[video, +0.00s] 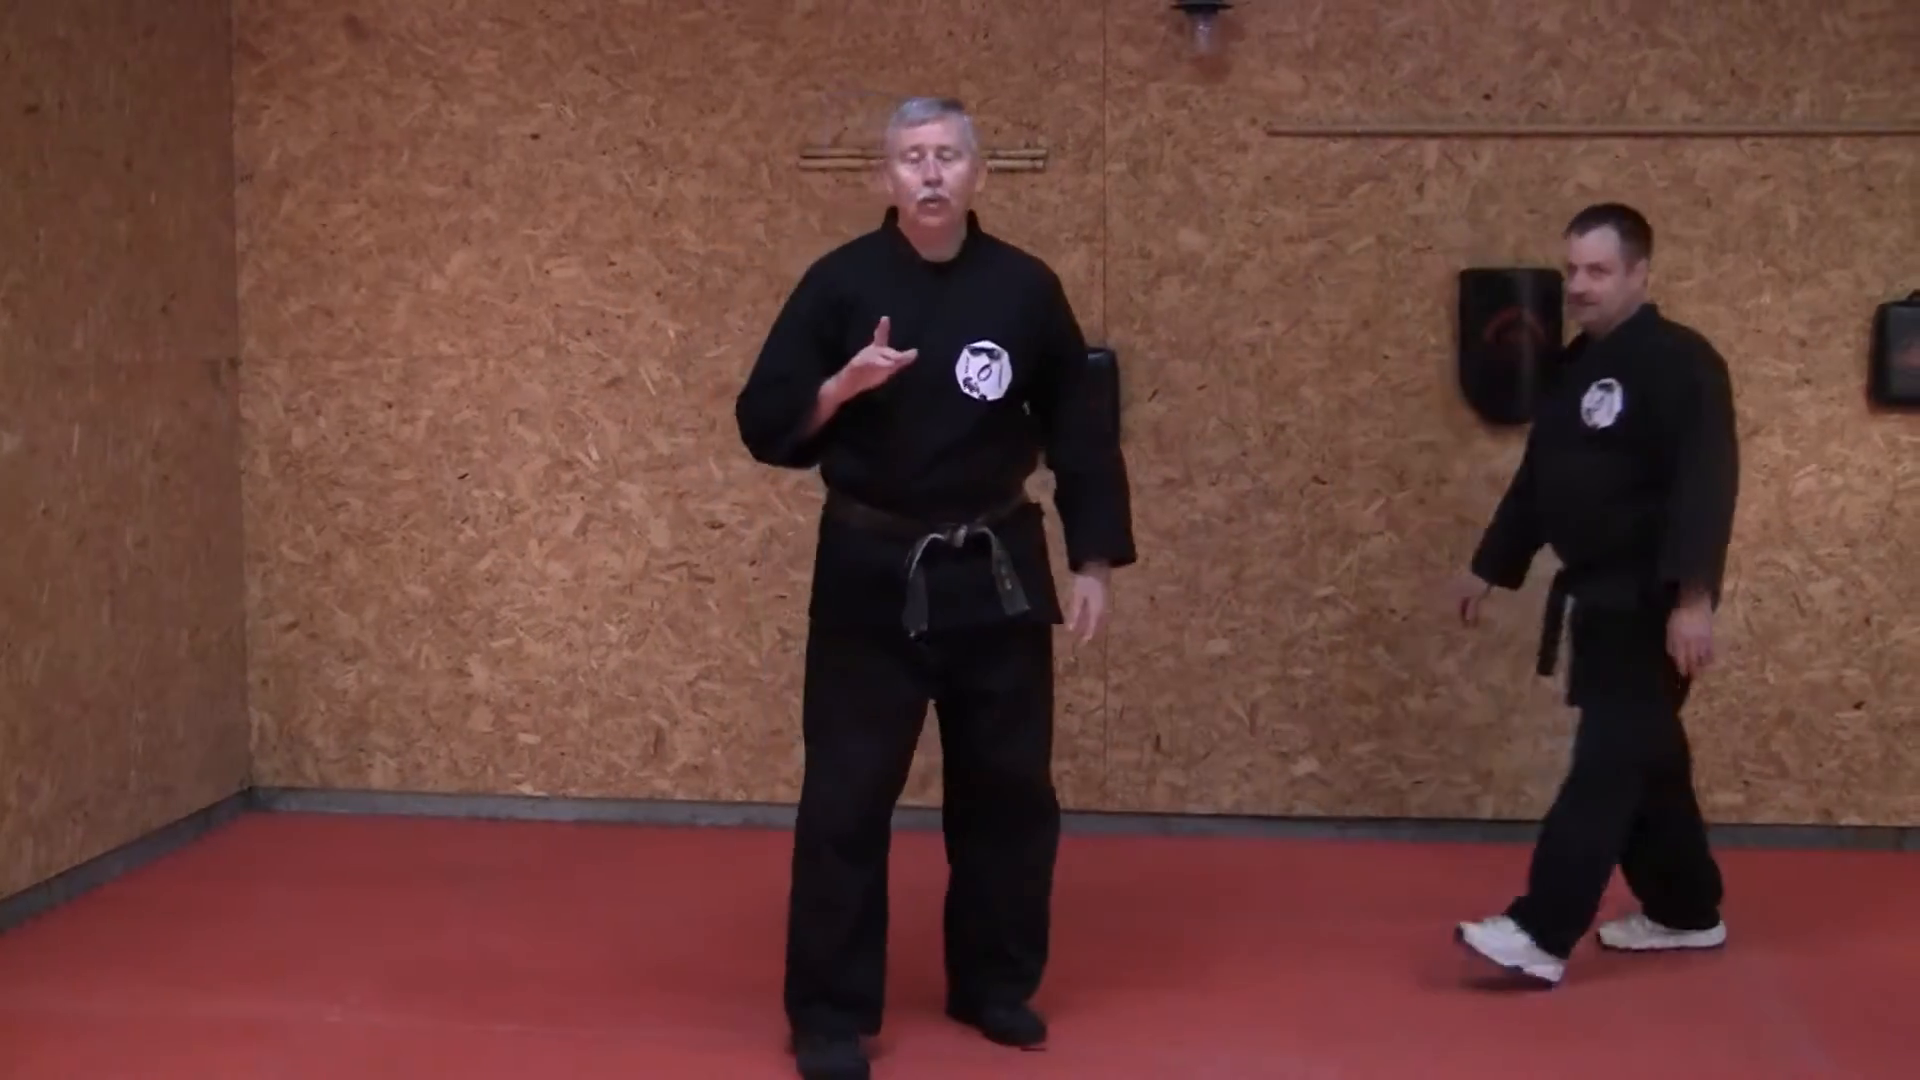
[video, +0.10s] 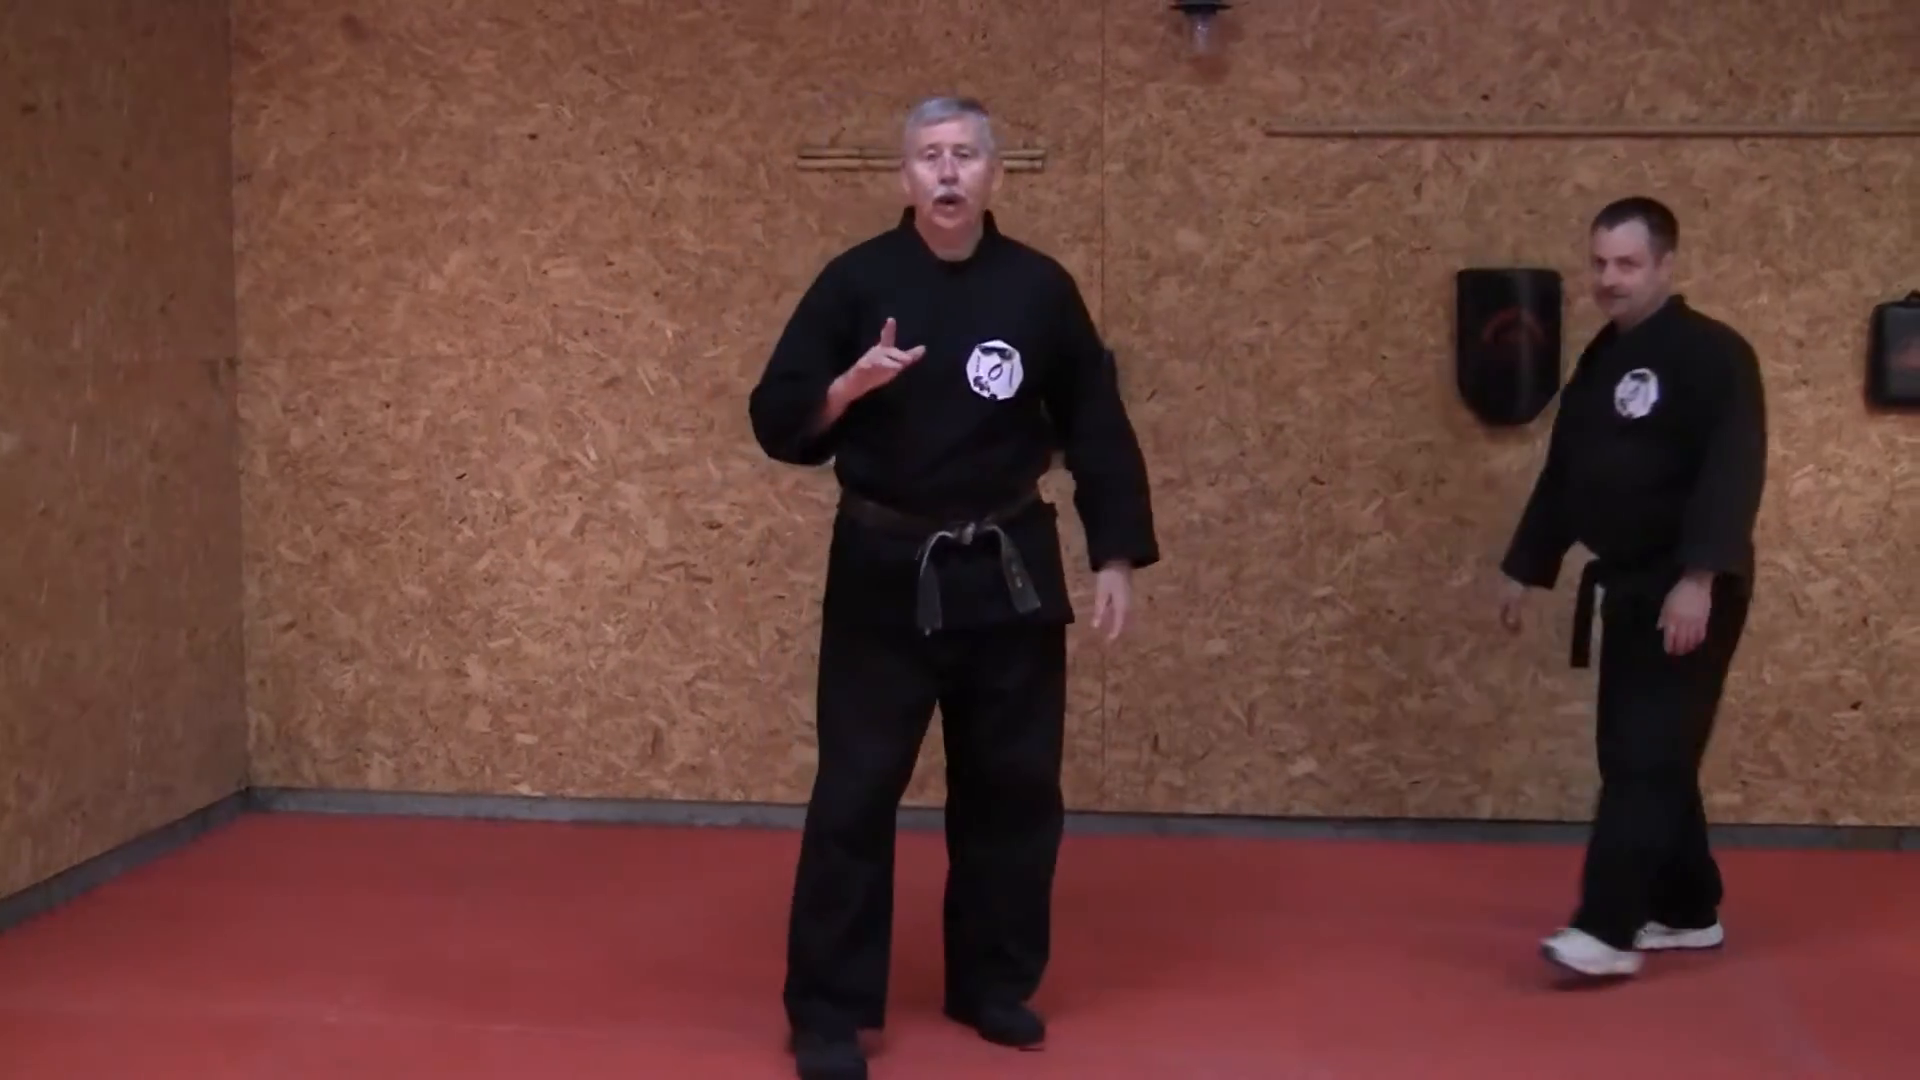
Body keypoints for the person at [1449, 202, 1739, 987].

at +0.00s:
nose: (1579, 285)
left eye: (1596, 271)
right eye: (1571, 271)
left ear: (1640, 275)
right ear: (1567, 275)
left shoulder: (1684, 363)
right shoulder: (1572, 368)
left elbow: (1707, 485)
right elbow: (1541, 476)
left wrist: (1695, 597)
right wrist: (1489, 568)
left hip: (1651, 598)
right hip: (1594, 594)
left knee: (1605, 760)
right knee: (1645, 754)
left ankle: (1543, 931)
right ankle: (1686, 910)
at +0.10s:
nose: (1607, 278)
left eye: (1624, 264)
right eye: (1599, 264)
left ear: (1666, 267)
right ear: (1593, 268)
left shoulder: (1716, 355)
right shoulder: (1601, 358)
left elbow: (1733, 475)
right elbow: (1567, 468)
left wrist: (1698, 577)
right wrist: (1524, 565)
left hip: (1697, 582)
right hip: (1628, 579)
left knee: (1645, 751)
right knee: (1638, 750)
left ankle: (1607, 929)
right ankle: (1687, 909)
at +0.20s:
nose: (1639, 276)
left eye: (1657, 262)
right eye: (1630, 261)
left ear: (1695, 266)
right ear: (1622, 265)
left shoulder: (1745, 353)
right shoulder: (1626, 353)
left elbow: (1763, 472)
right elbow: (1589, 457)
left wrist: (1712, 565)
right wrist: (1557, 560)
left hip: (1722, 583)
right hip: (1644, 578)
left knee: (1700, 750)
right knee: (1635, 745)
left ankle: (1717, 928)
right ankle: (1662, 910)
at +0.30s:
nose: (1673, 279)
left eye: (1690, 265)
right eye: (1664, 265)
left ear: (1725, 268)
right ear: (1651, 267)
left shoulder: (1777, 358)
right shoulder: (1648, 359)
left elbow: (1792, 478)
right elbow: (1612, 464)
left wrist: (1738, 567)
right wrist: (1588, 565)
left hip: (1750, 588)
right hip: (1664, 583)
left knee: (1757, 758)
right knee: (1651, 755)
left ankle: (1817, 919)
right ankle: (1674, 912)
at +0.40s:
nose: (1713, 284)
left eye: (1730, 271)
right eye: (1702, 269)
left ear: (1760, 271)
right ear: (1686, 266)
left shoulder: (1808, 361)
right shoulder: (1670, 365)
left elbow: (1829, 477)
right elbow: (1636, 468)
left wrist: (1785, 575)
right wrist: (1618, 570)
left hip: (1779, 595)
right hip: (1687, 593)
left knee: (1819, 759)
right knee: (1659, 754)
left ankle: (1897, 918)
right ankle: (1669, 911)